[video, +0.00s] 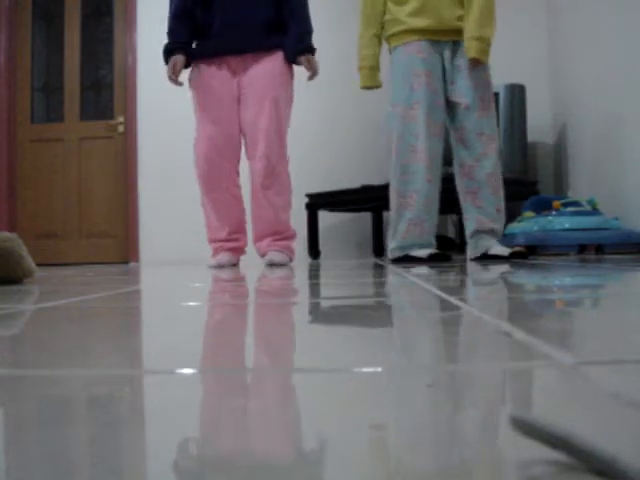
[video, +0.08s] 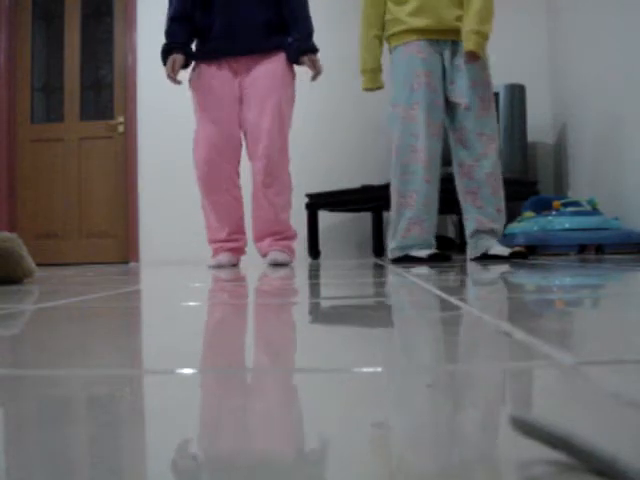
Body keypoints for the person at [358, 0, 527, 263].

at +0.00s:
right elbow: (373, 4)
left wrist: (479, 31)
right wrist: (368, 56)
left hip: (467, 30)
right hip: (412, 30)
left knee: (478, 140)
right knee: (416, 139)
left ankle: (484, 240)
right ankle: (410, 242)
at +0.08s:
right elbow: (374, 4)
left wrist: (476, 29)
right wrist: (370, 61)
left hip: (466, 30)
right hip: (412, 31)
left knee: (478, 140)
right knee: (416, 139)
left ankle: (484, 240)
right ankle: (410, 242)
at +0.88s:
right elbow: (370, 4)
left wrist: (496, 33)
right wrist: (365, 53)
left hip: (451, 26)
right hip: (392, 29)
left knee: (454, 138)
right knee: (386, 141)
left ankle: (462, 241)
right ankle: (382, 244)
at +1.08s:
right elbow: (372, 4)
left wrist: (467, 23)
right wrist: (366, 52)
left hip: (447, 33)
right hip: (393, 37)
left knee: (453, 141)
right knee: (386, 144)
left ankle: (463, 242)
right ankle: (384, 245)